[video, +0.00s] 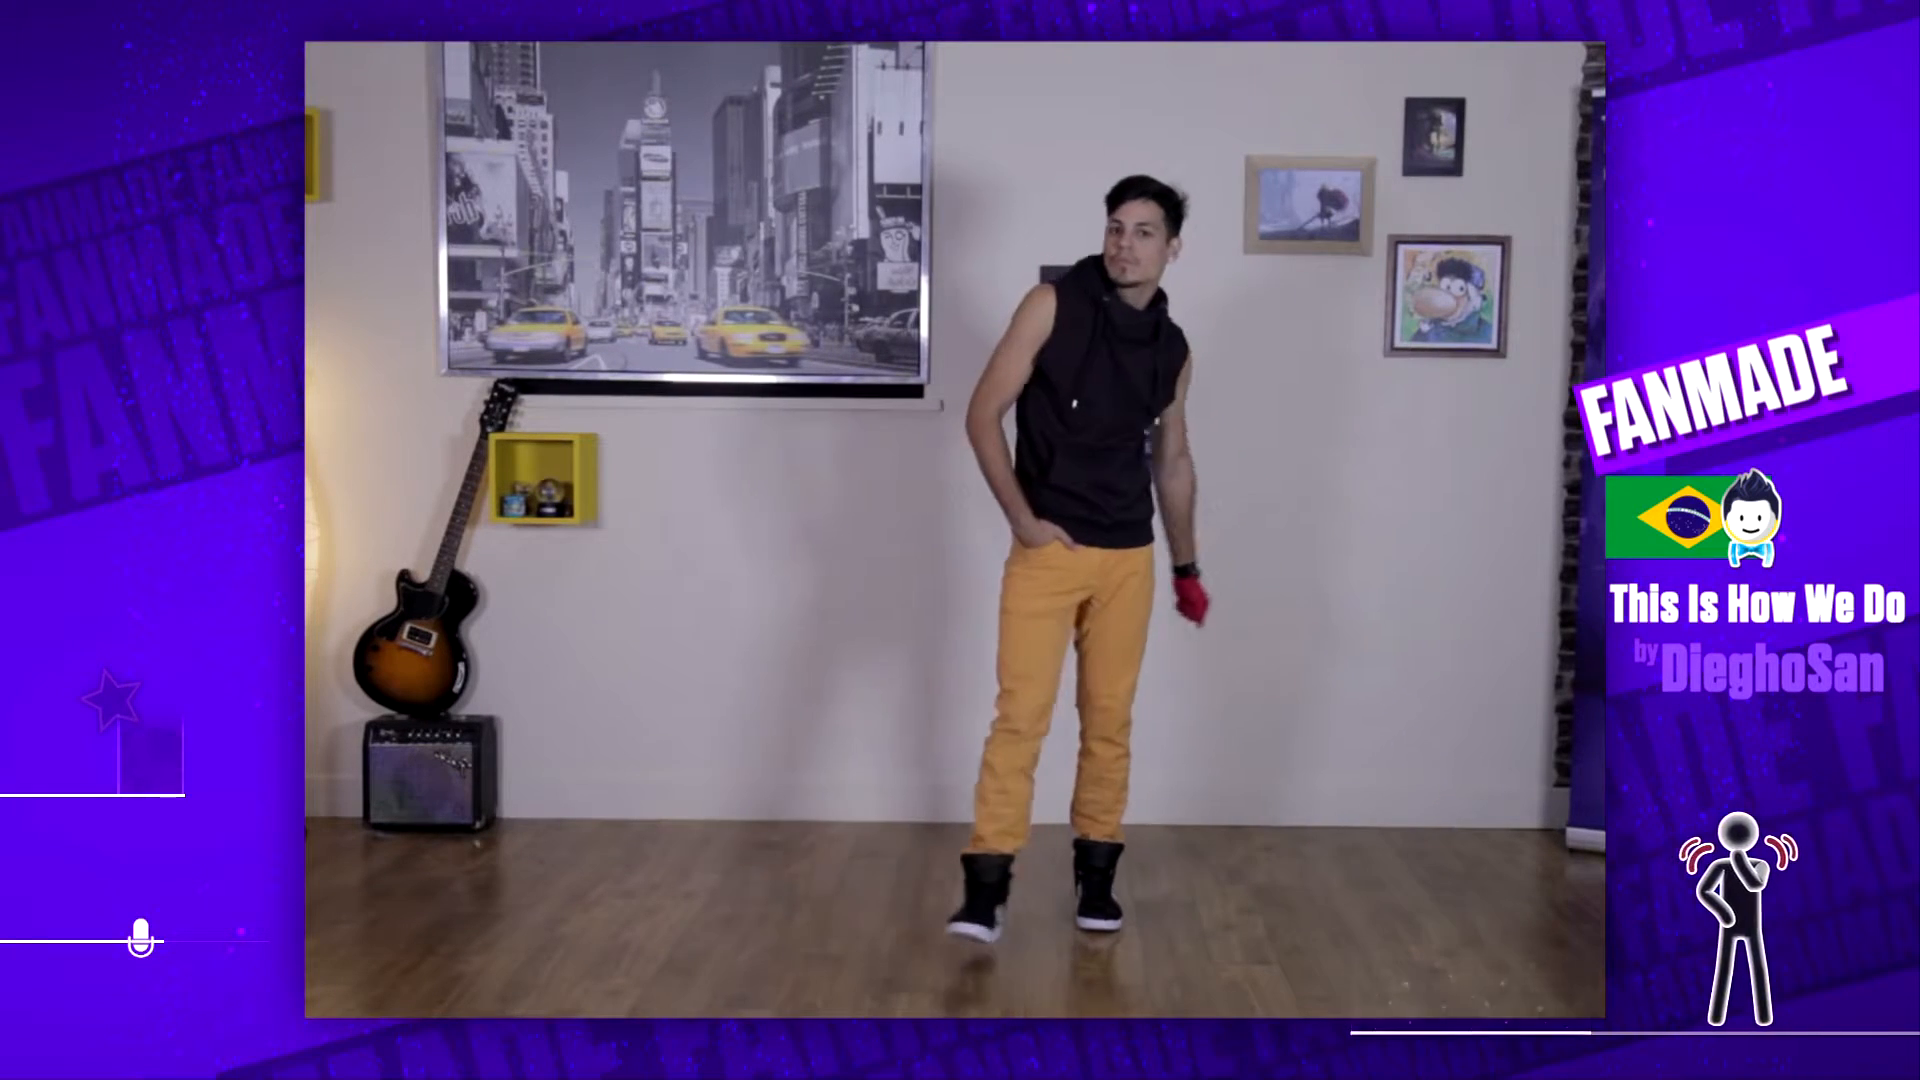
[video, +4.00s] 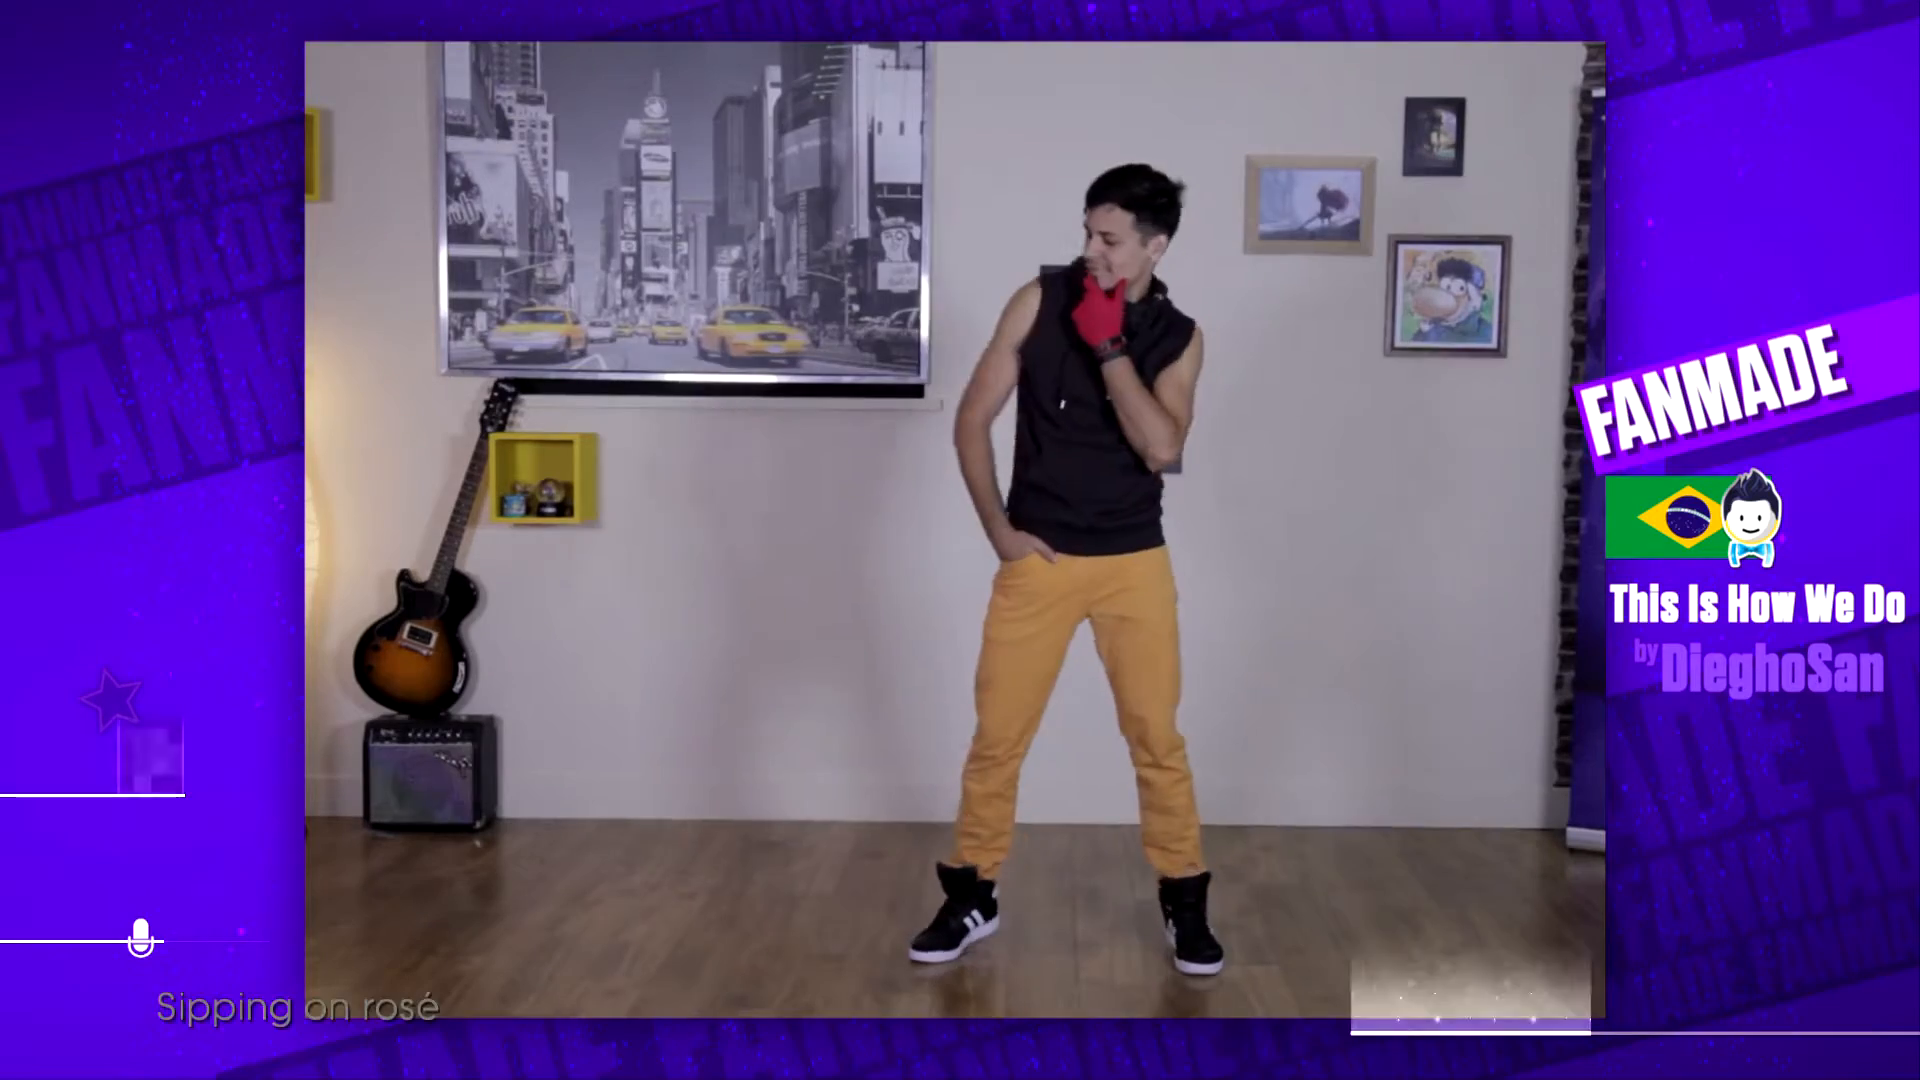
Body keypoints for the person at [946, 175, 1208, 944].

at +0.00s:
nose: (1125, 243)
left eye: (1143, 233)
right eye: (1116, 229)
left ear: (1171, 249)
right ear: (1103, 237)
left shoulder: (1169, 347)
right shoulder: (1053, 305)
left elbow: (1174, 460)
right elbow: (982, 415)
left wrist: (1187, 564)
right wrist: (1022, 522)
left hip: (1128, 562)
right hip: (1047, 552)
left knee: (1109, 723)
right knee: (1021, 718)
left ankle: (1096, 881)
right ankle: (986, 887)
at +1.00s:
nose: (1160, 244)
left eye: (1176, 230)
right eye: (1147, 229)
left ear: (1199, 239)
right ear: (1124, 232)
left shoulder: (1210, 333)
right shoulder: (1071, 313)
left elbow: (1184, 429)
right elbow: (1025, 428)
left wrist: (1153, 320)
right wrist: (1021, 523)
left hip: (1156, 573)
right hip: (1062, 565)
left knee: (1177, 747)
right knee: (1020, 744)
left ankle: (1202, 909)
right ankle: (1005, 908)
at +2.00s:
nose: (1002, 254)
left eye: (1015, 237)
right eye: (988, 243)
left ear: (1048, 232)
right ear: (978, 249)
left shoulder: (1103, 309)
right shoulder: (992, 335)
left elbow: (1078, 428)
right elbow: (974, 444)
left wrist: (1013, 340)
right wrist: (957, 515)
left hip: (1087, 565)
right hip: (995, 559)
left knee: (1132, 741)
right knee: (981, 739)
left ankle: (1179, 903)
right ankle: (969, 901)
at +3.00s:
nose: (1034, 242)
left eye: (1051, 229)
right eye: (1025, 228)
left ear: (1087, 238)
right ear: (1016, 233)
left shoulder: (1111, 332)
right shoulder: (974, 317)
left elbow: (1119, 453)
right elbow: (914, 440)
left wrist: (1068, 358)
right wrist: (960, 540)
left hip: (1092, 569)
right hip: (998, 568)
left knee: (1127, 742)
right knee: (981, 744)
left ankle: (1167, 905)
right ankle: (962, 903)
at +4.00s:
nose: (1096, 253)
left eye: (1114, 239)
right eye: (1090, 236)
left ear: (1158, 244)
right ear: (1085, 232)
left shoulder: (1175, 336)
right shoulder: (1041, 301)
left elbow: (1164, 450)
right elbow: (970, 422)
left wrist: (1111, 351)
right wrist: (998, 528)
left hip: (1134, 566)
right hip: (1038, 562)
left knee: (1157, 738)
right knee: (996, 738)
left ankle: (1185, 901)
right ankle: (969, 897)